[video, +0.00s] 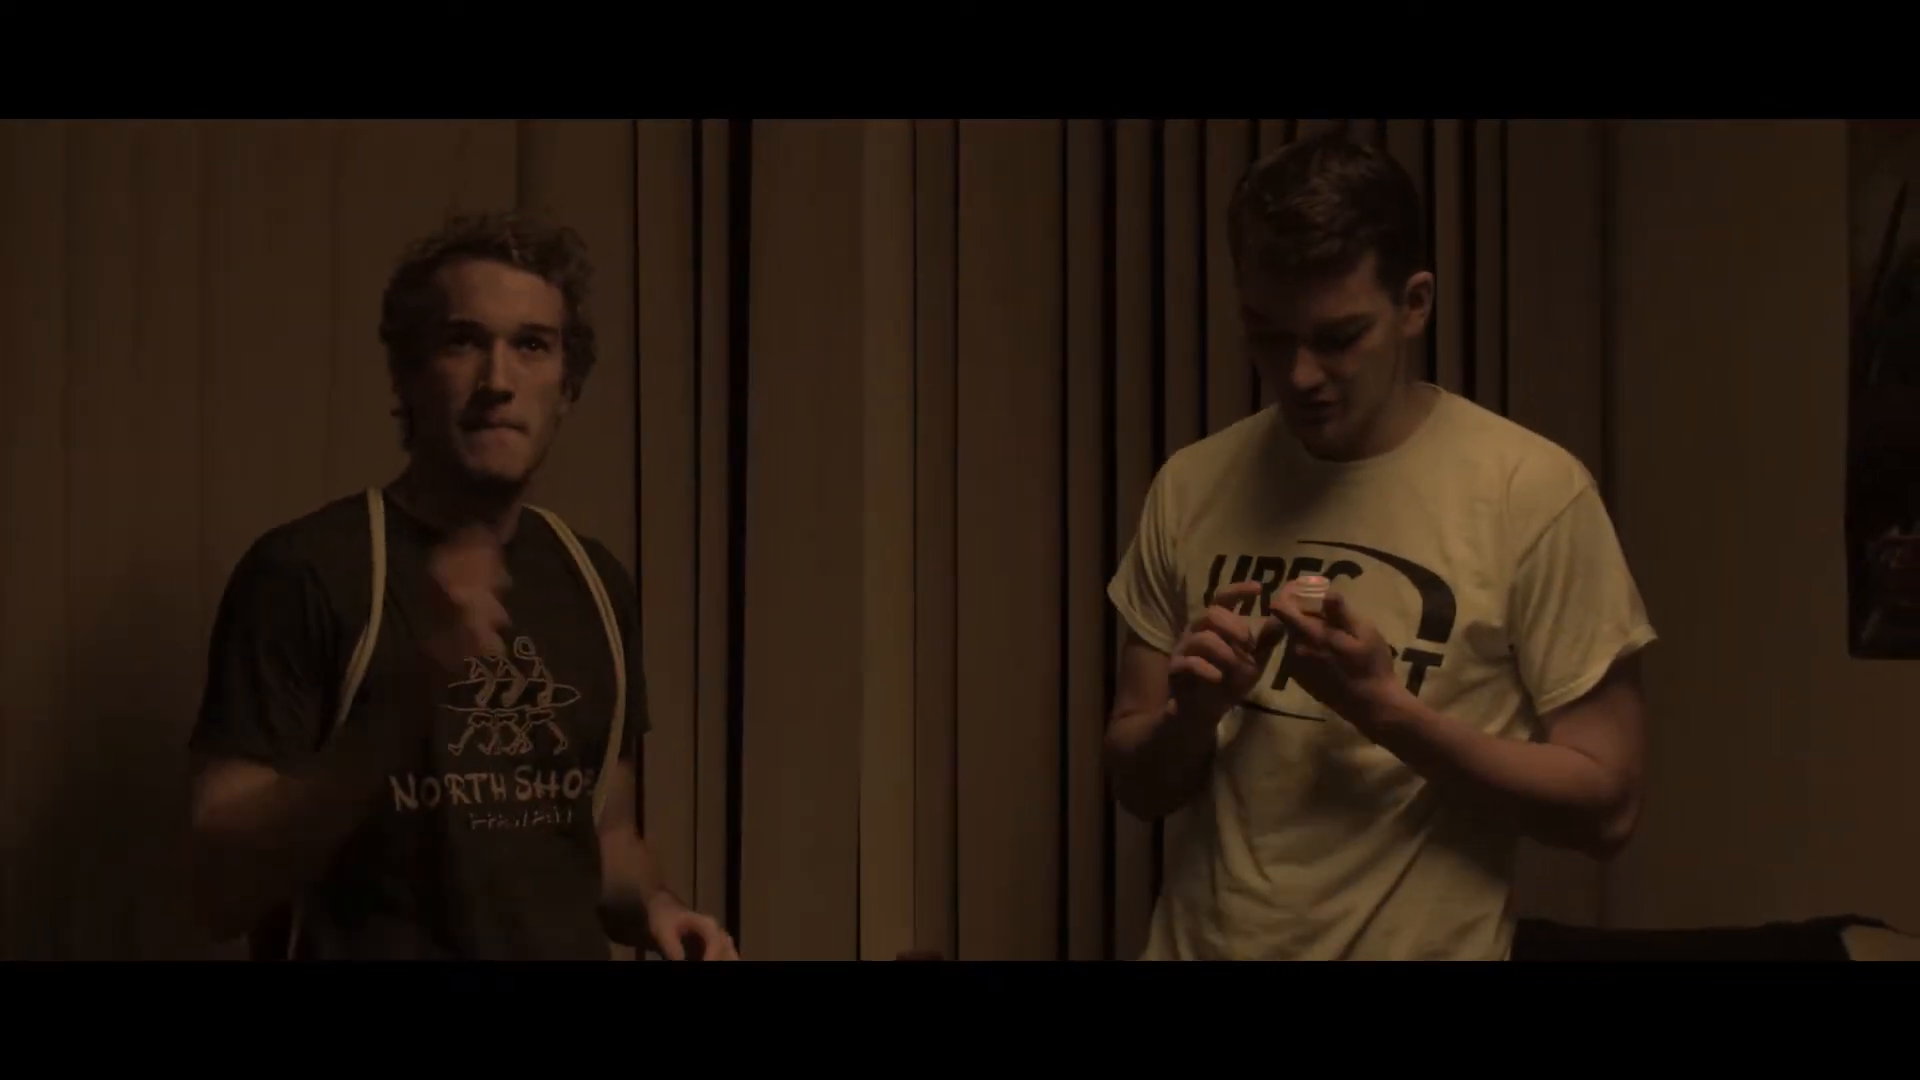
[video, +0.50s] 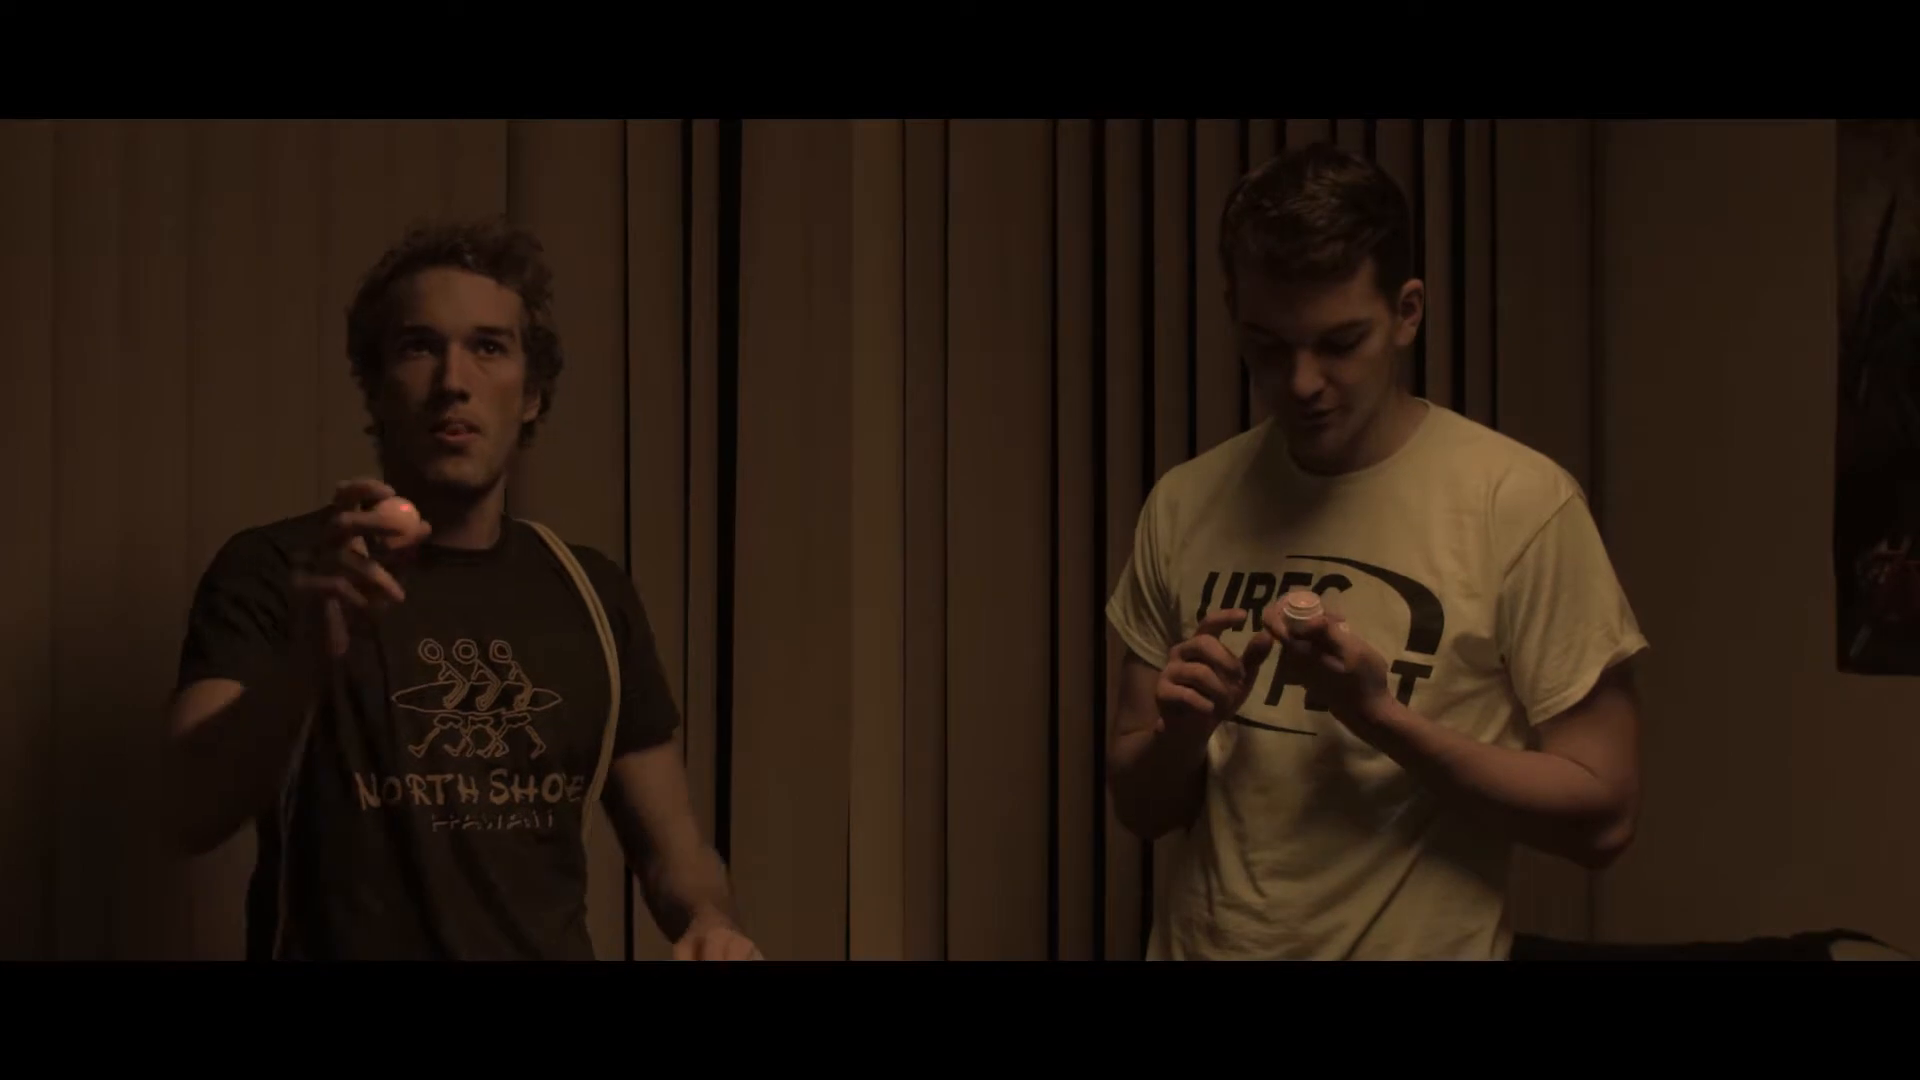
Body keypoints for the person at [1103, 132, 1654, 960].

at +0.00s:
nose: (1301, 376)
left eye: (1340, 338)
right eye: (1273, 338)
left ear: (1415, 305)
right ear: (1245, 312)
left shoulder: (1532, 494)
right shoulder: (1189, 490)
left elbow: (1606, 803)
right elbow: (1136, 786)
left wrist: (1385, 707)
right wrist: (1192, 714)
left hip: (1426, 946)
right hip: (1204, 943)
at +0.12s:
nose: (1303, 378)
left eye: (1340, 338)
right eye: (1273, 340)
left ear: (1414, 304)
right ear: (1245, 316)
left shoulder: (1531, 495)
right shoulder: (1189, 492)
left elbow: (1608, 804)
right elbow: (1141, 789)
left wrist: (1384, 701)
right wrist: (1193, 722)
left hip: (1425, 947)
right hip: (1204, 945)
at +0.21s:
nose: (1303, 379)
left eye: (1340, 339)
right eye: (1272, 340)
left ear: (1412, 305)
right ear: (1242, 318)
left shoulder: (1527, 497)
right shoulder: (1189, 494)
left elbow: (1608, 804)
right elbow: (1142, 794)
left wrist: (1389, 710)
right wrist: (1191, 726)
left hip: (1424, 946)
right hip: (1204, 945)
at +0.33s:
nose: (1302, 384)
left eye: (1339, 343)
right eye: (1269, 346)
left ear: (1407, 312)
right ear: (1238, 324)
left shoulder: (1523, 506)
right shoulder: (1184, 504)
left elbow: (1605, 813)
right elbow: (1140, 803)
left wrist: (1388, 719)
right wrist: (1185, 732)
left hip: (1420, 946)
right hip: (1202, 946)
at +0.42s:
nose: (1304, 385)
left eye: (1341, 344)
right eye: (1270, 347)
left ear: (1407, 312)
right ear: (1239, 325)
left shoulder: (1520, 505)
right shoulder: (1184, 505)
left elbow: (1604, 813)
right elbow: (1141, 808)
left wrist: (1386, 717)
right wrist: (1183, 735)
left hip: (1421, 946)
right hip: (1204, 945)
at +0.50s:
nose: (1304, 385)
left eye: (1341, 343)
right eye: (1270, 347)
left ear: (1408, 312)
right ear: (1239, 325)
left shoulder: (1519, 505)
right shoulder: (1182, 506)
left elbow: (1603, 814)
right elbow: (1140, 811)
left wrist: (1383, 715)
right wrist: (1184, 731)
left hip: (1421, 946)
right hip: (1203, 946)